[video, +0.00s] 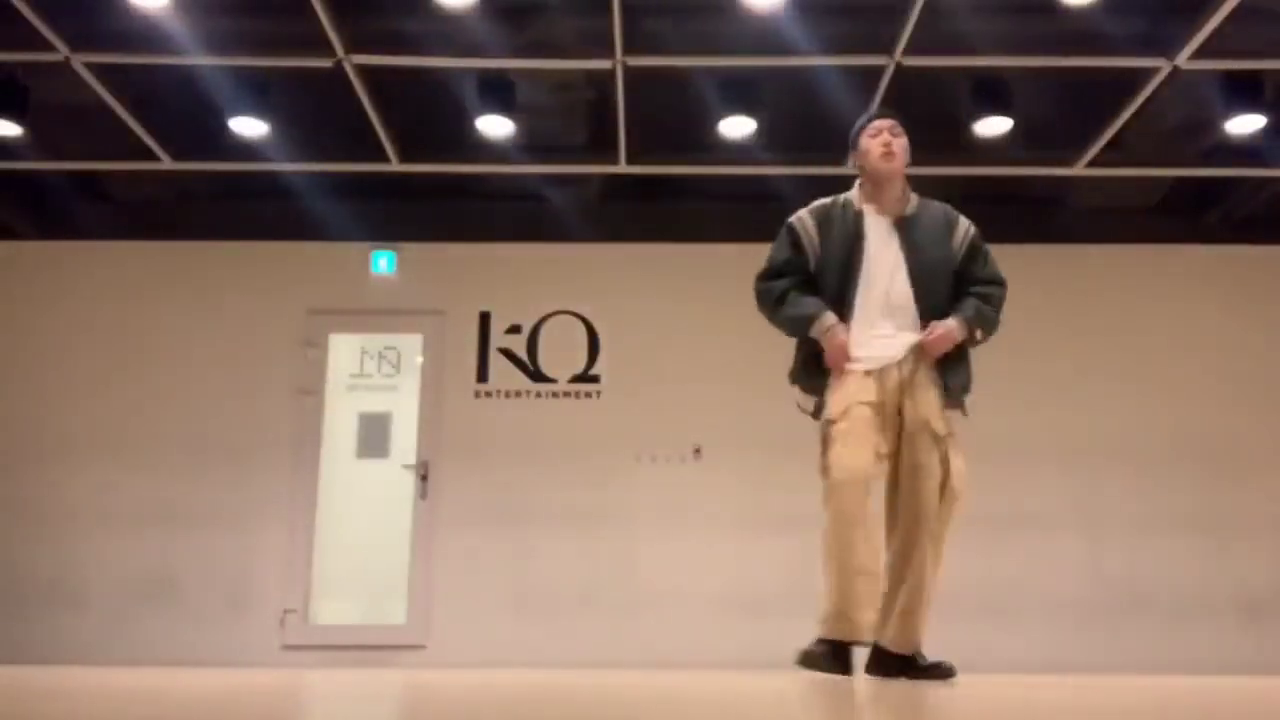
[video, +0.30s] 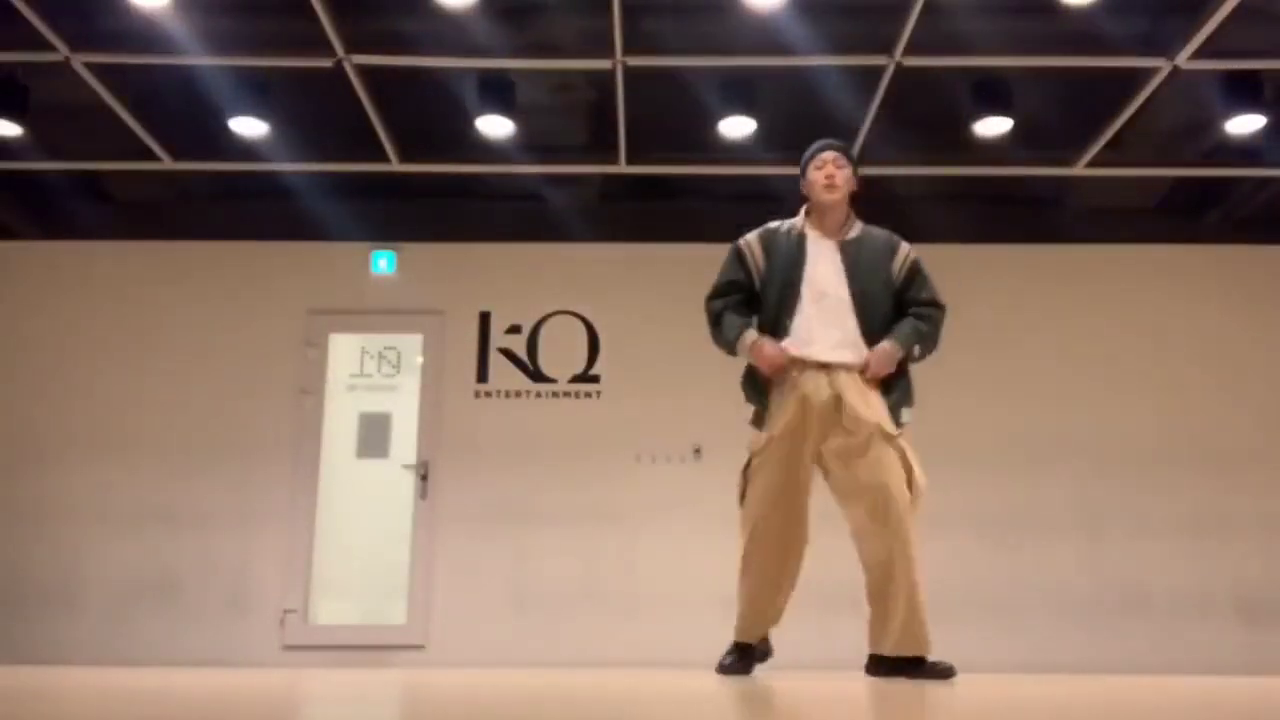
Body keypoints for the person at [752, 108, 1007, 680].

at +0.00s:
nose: (887, 140)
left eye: (895, 134)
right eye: (874, 135)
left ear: (910, 155)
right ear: (855, 158)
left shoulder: (948, 225)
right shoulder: (819, 221)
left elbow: (989, 291)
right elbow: (774, 285)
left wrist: (960, 325)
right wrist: (823, 325)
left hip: (926, 371)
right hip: (853, 371)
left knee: (925, 503)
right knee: (848, 481)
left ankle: (898, 647)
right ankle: (839, 637)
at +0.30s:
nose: (830, 172)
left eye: (839, 165)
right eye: (819, 166)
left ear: (854, 183)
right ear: (803, 185)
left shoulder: (887, 249)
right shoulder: (764, 244)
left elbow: (927, 312)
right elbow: (723, 307)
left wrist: (894, 347)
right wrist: (753, 344)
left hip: (860, 391)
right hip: (787, 389)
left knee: (890, 516)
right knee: (768, 517)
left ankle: (896, 650)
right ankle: (749, 639)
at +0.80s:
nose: (735, 199)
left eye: (743, 193)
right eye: (724, 196)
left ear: (758, 207)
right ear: (711, 217)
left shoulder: (797, 263)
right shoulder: (689, 275)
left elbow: (838, 317)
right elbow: (656, 339)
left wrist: (806, 327)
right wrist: (699, 320)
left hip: (783, 414)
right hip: (718, 419)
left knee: (792, 525)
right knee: (724, 534)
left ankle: (783, 636)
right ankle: (738, 648)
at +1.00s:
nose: (742, 205)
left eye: (748, 199)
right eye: (731, 200)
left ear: (759, 214)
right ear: (713, 217)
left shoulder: (792, 271)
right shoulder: (685, 275)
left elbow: (831, 327)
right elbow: (655, 337)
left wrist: (802, 312)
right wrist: (689, 306)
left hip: (773, 416)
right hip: (715, 416)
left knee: (760, 527)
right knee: (719, 520)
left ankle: (727, 630)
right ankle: (735, 641)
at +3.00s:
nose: (704, 226)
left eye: (703, 220)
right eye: (693, 219)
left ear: (702, 234)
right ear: (666, 232)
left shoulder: (717, 303)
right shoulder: (630, 286)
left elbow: (730, 368)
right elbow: (610, 354)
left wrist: (730, 422)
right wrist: (630, 410)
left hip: (701, 438)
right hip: (645, 432)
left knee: (705, 540)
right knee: (633, 541)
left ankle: (703, 647)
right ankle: (624, 643)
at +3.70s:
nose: (694, 199)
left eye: (702, 193)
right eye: (685, 194)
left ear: (719, 206)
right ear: (673, 212)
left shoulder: (757, 267)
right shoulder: (648, 272)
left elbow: (782, 331)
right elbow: (622, 340)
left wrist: (767, 388)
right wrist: (618, 386)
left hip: (731, 417)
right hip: (667, 415)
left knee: (722, 529)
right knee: (668, 509)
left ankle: (709, 644)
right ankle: (662, 633)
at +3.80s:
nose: (683, 202)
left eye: (692, 195)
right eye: (675, 197)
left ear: (710, 207)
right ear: (664, 213)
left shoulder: (748, 266)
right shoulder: (643, 274)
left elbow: (793, 307)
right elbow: (607, 325)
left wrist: (787, 335)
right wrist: (590, 351)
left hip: (730, 420)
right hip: (667, 419)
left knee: (719, 530)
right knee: (663, 516)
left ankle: (707, 644)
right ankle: (664, 642)